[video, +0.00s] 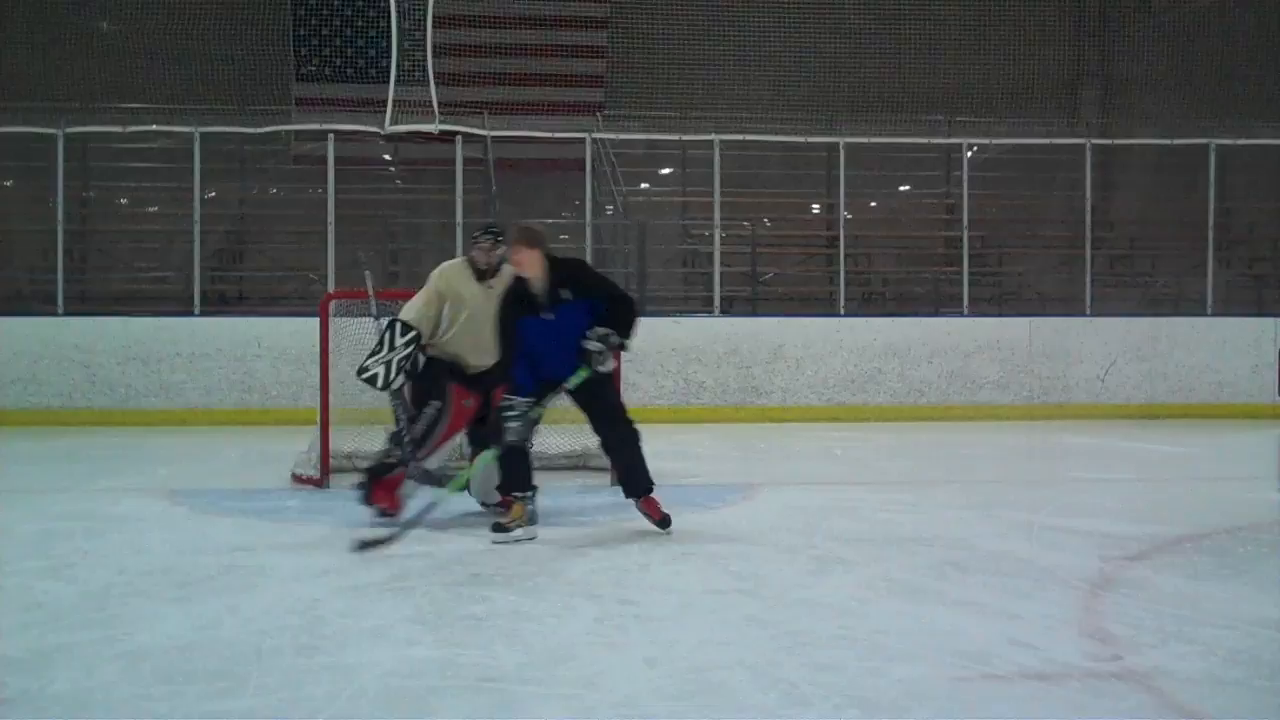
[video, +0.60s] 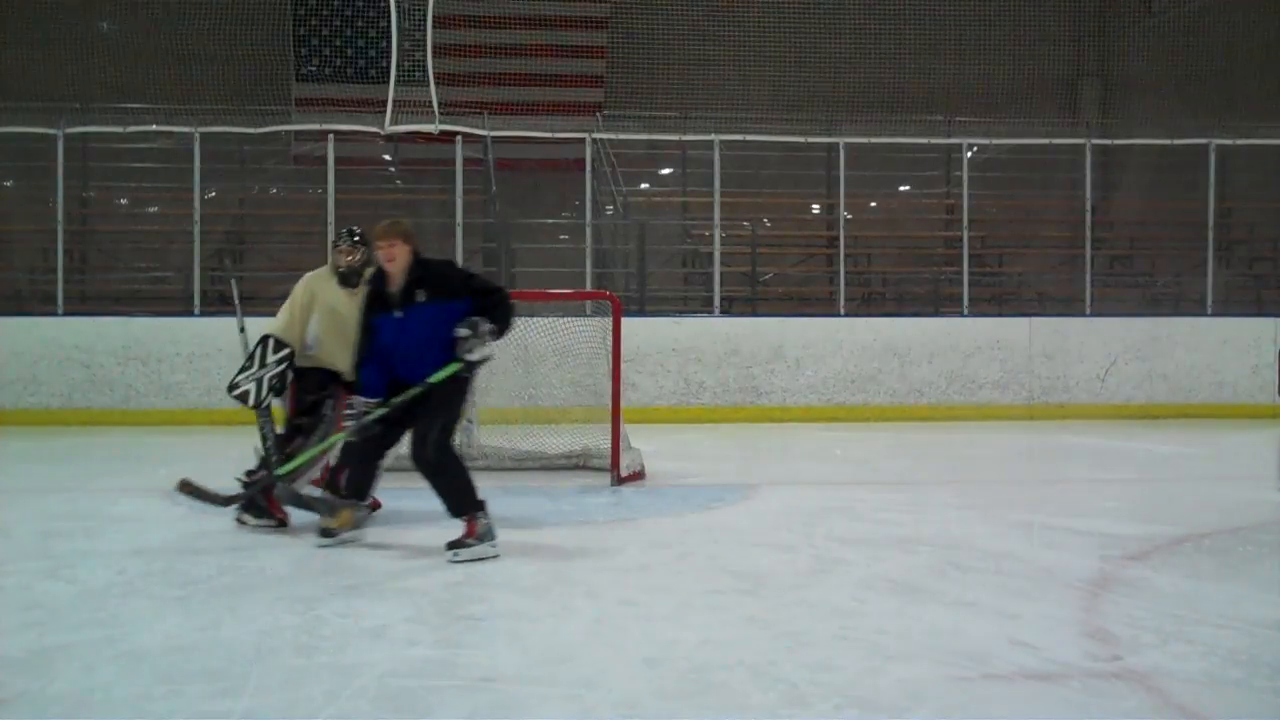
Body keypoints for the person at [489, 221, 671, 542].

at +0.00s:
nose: (514, 260)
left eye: (519, 252)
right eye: (511, 254)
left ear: (536, 251)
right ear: (511, 259)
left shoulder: (573, 273)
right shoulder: (513, 298)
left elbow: (623, 305)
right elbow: (511, 352)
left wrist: (610, 340)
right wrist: (514, 393)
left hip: (582, 368)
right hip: (536, 376)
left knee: (617, 428)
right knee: (512, 432)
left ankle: (642, 496)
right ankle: (519, 504)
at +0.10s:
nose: (484, 258)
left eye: (490, 250)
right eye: (481, 252)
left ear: (509, 249)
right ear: (480, 256)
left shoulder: (547, 268)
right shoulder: (485, 295)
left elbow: (602, 295)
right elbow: (484, 352)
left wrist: (585, 324)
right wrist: (487, 396)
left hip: (563, 363)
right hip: (516, 373)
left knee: (593, 432)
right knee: (493, 431)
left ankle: (627, 490)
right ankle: (496, 505)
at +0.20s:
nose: (464, 255)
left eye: (469, 246)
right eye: (461, 249)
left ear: (489, 245)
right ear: (460, 253)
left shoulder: (524, 266)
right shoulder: (465, 291)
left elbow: (584, 289)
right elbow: (466, 350)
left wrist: (567, 318)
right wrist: (462, 394)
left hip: (547, 364)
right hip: (501, 373)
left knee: (553, 435)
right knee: (473, 432)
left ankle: (595, 493)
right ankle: (471, 506)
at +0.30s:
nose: (450, 253)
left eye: (456, 246)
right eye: (444, 249)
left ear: (473, 246)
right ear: (441, 255)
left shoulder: (505, 269)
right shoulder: (447, 292)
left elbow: (566, 293)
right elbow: (444, 350)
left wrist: (549, 320)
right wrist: (438, 396)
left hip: (525, 367)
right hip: (481, 375)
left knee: (515, 437)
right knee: (447, 429)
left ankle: (551, 510)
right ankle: (444, 508)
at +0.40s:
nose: (432, 254)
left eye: (438, 247)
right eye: (426, 249)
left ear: (455, 247)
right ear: (422, 255)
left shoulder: (489, 272)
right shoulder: (428, 291)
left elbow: (549, 300)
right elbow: (425, 348)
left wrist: (533, 328)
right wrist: (420, 395)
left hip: (499, 375)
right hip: (454, 379)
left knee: (483, 441)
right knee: (417, 432)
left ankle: (518, 517)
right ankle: (415, 507)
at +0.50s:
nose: (411, 255)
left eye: (417, 247)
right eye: (405, 249)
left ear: (435, 247)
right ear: (401, 254)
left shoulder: (467, 274)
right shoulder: (404, 291)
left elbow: (524, 299)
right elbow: (399, 347)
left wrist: (513, 329)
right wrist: (394, 394)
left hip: (474, 378)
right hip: (430, 383)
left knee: (454, 445)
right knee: (392, 436)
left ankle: (496, 521)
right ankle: (388, 508)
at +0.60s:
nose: (386, 255)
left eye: (393, 247)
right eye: (380, 248)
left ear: (410, 247)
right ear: (374, 253)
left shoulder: (440, 276)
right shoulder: (375, 292)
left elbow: (498, 301)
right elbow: (370, 350)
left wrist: (485, 329)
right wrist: (367, 396)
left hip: (446, 380)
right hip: (400, 386)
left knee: (429, 448)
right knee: (362, 444)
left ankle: (476, 521)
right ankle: (351, 507)